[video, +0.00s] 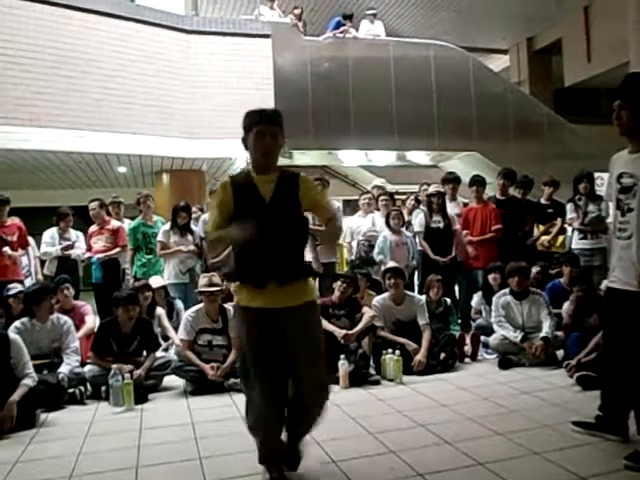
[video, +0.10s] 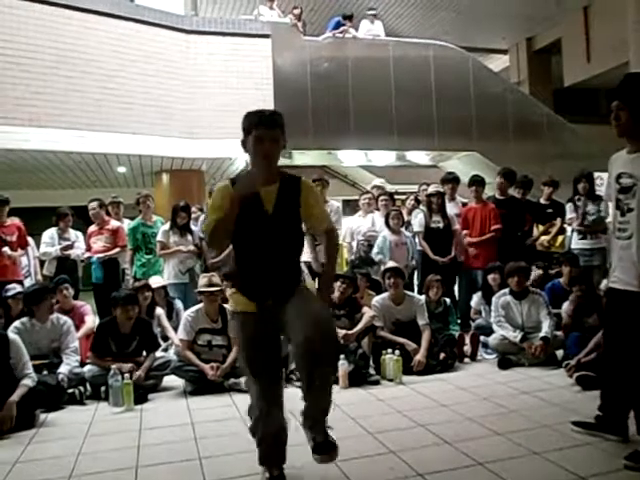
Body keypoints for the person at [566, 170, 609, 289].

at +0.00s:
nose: (585, 185)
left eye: (588, 182)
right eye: (581, 182)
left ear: (592, 185)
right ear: (577, 185)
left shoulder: (600, 202)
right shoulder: (572, 204)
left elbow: (604, 224)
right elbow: (575, 224)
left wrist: (583, 226)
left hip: (598, 247)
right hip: (579, 247)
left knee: (597, 283)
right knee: (579, 283)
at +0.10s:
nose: (584, 186)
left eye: (587, 182)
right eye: (581, 182)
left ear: (591, 184)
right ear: (576, 185)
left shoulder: (600, 201)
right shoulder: (571, 204)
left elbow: (603, 223)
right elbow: (576, 224)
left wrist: (586, 228)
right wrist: (582, 205)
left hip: (598, 247)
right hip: (579, 248)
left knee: (596, 284)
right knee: (579, 284)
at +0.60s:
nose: (583, 185)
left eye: (586, 182)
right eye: (580, 182)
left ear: (591, 184)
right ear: (576, 185)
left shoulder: (600, 203)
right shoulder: (573, 204)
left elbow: (604, 222)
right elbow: (576, 225)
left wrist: (584, 226)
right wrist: (597, 226)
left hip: (598, 246)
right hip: (579, 246)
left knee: (597, 281)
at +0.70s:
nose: (582, 185)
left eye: (585, 182)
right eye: (579, 182)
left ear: (590, 184)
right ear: (576, 185)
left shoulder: (600, 203)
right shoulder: (572, 204)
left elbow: (604, 223)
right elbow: (577, 224)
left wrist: (584, 228)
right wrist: (598, 226)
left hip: (598, 246)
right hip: (580, 246)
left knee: (597, 282)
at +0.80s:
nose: (582, 186)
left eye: (586, 182)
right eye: (580, 182)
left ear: (591, 185)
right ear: (575, 185)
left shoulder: (600, 203)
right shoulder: (572, 204)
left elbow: (604, 224)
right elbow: (577, 226)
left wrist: (586, 228)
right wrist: (598, 227)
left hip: (598, 246)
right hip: (579, 247)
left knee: (598, 284)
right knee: (580, 283)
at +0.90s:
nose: (582, 185)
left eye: (585, 182)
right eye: (579, 182)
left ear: (590, 185)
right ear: (575, 186)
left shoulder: (600, 204)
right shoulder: (572, 204)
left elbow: (604, 222)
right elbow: (576, 225)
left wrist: (585, 228)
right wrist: (598, 225)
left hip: (598, 246)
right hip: (579, 246)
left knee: (597, 284)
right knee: (580, 284)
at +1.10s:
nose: (581, 186)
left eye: (584, 182)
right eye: (578, 182)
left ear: (590, 185)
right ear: (575, 185)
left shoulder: (599, 203)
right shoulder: (572, 204)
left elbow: (603, 223)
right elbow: (576, 225)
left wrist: (585, 229)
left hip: (598, 247)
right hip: (579, 247)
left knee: (597, 284)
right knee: (579, 283)